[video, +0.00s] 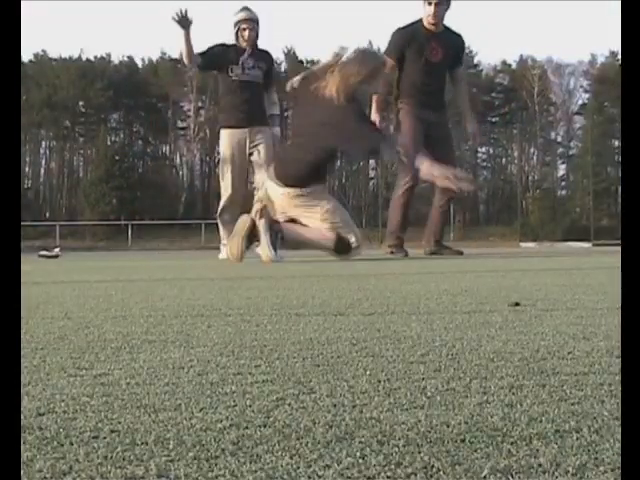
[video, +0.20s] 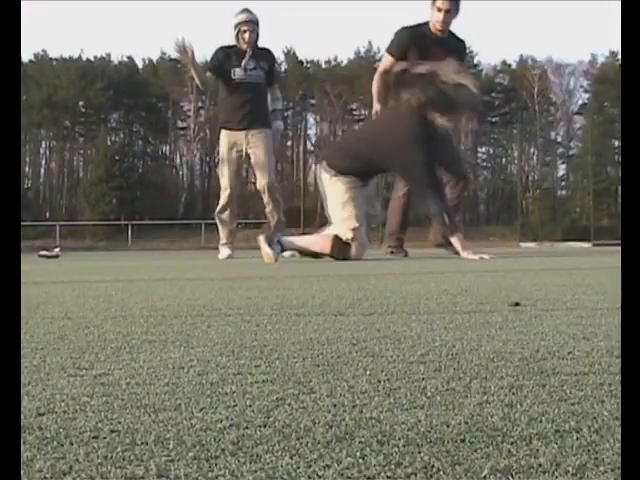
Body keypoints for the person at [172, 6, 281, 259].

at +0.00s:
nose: (248, 32)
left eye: (251, 28)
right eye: (243, 28)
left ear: (257, 30)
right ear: (237, 31)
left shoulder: (266, 58)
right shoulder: (223, 52)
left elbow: (271, 95)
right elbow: (191, 62)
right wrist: (186, 32)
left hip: (261, 129)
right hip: (231, 130)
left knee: (266, 187)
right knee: (231, 190)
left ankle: (266, 242)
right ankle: (228, 245)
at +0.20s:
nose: (247, 34)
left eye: (251, 30)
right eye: (243, 30)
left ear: (258, 32)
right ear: (236, 33)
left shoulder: (267, 57)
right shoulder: (223, 54)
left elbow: (274, 91)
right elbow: (205, 83)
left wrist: (278, 119)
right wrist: (192, 65)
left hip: (259, 131)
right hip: (230, 131)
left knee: (267, 184)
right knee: (227, 190)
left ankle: (278, 239)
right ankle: (225, 244)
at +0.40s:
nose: (252, 37)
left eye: (255, 32)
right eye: (247, 33)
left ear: (262, 33)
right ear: (240, 36)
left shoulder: (275, 56)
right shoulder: (230, 63)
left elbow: (289, 87)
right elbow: (224, 97)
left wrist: (295, 100)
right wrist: (212, 111)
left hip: (269, 132)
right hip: (238, 131)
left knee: (277, 188)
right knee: (233, 190)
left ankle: (281, 243)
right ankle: (226, 244)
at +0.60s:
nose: (263, 38)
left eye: (266, 34)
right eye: (258, 35)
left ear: (272, 35)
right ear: (250, 37)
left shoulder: (286, 55)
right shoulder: (242, 68)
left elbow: (315, 70)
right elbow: (236, 106)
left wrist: (322, 96)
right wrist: (228, 139)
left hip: (282, 136)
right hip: (251, 136)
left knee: (282, 192)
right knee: (242, 190)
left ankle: (281, 244)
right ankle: (229, 244)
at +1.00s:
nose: (283, 43)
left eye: (286, 38)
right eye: (278, 39)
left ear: (292, 39)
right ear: (271, 41)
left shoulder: (302, 62)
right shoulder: (255, 62)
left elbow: (329, 75)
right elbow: (227, 82)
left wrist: (351, 82)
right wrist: (211, 110)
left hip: (295, 137)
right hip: (268, 136)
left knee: (290, 192)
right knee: (260, 187)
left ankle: (282, 244)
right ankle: (245, 242)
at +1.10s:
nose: (286, 44)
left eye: (289, 39)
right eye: (281, 40)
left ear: (295, 41)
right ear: (273, 42)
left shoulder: (303, 65)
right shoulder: (258, 60)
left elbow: (328, 76)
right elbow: (226, 69)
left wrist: (353, 73)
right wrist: (202, 89)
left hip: (296, 136)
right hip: (269, 134)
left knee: (290, 190)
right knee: (266, 183)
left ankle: (284, 243)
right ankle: (251, 238)